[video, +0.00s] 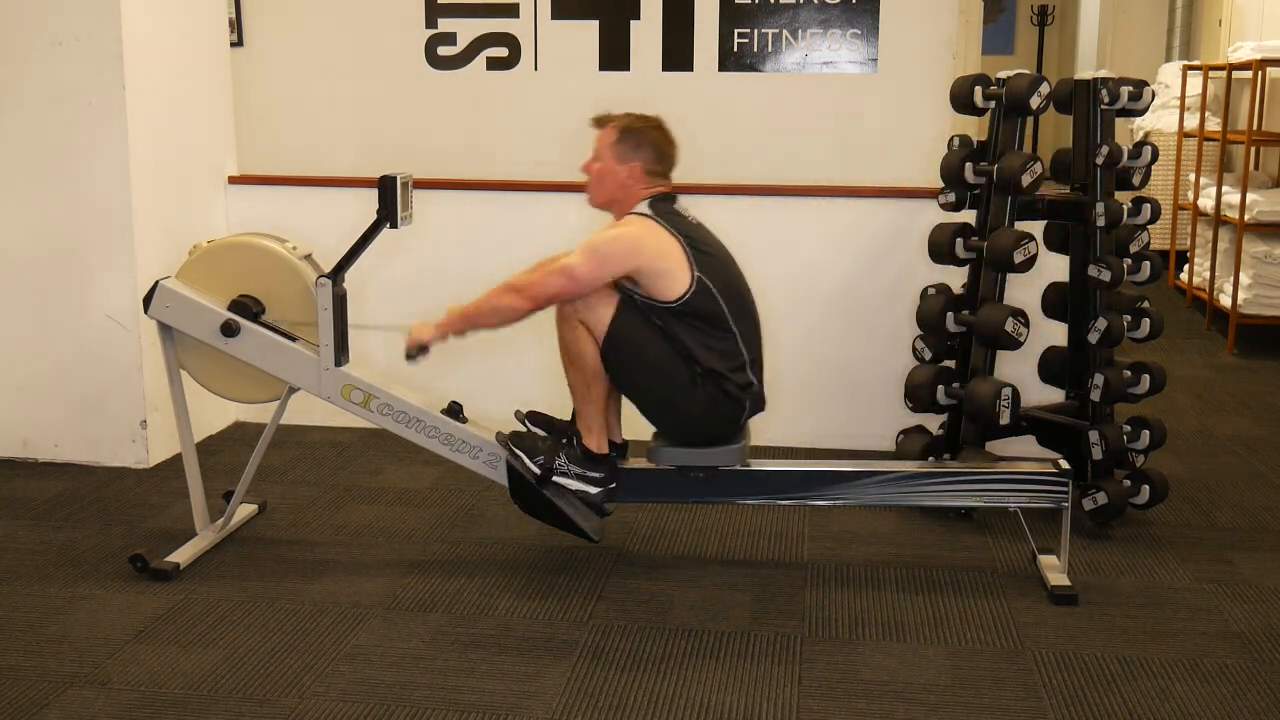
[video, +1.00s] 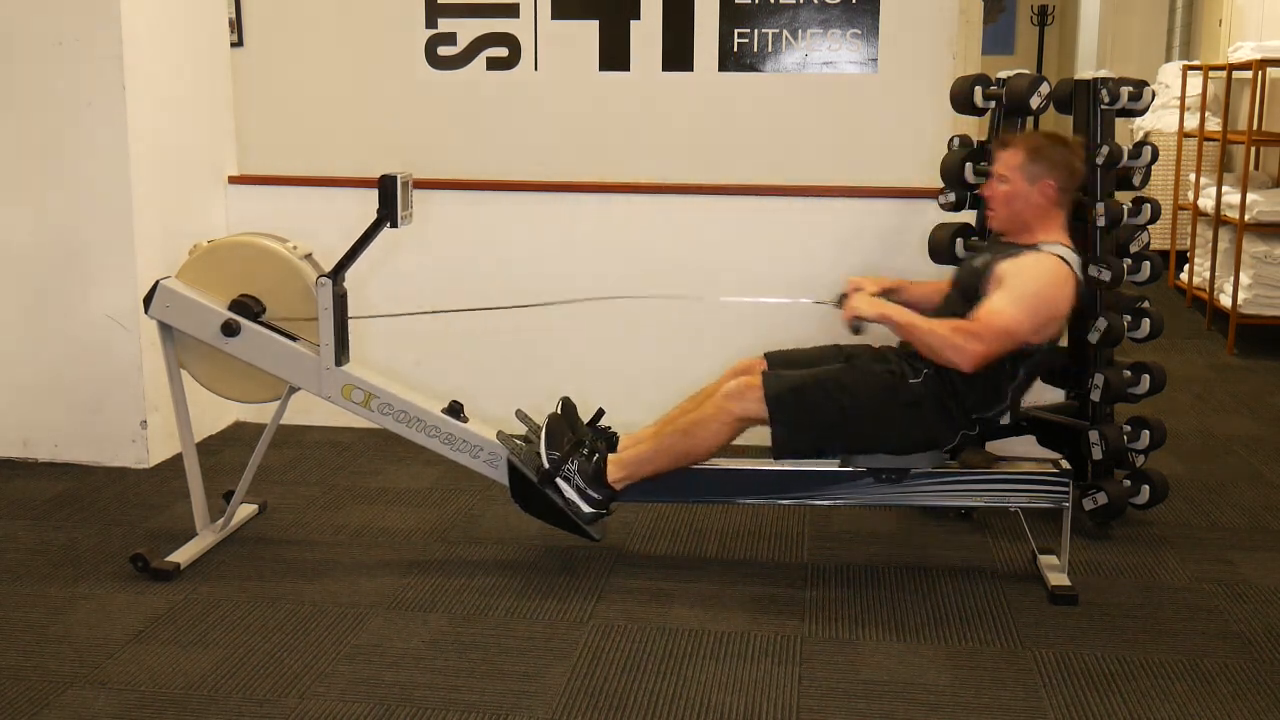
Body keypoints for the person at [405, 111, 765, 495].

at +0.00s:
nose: (586, 168)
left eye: (597, 159)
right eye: (592, 157)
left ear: (632, 173)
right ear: (636, 173)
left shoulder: (636, 236)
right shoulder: (660, 222)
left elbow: (529, 294)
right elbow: (553, 276)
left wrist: (444, 328)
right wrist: (460, 319)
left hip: (707, 411)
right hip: (718, 403)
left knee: (578, 300)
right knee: (587, 289)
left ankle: (593, 453)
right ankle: (604, 435)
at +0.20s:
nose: (704, 144)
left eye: (718, 136)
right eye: (712, 134)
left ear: (756, 151)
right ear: (755, 152)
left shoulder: (752, 223)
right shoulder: (751, 211)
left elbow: (643, 271)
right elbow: (649, 249)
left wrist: (552, 294)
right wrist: (566, 275)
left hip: (788, 400)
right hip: (781, 378)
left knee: (641, 316)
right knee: (651, 302)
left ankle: (595, 469)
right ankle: (598, 440)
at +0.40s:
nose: (871, 138)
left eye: (886, 130)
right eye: (879, 127)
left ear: (923, 149)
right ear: (915, 147)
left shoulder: (910, 225)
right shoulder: (888, 214)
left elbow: (798, 278)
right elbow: (791, 253)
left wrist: (707, 292)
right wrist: (711, 276)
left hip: (891, 395)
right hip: (869, 369)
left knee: (718, 364)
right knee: (714, 354)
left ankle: (594, 479)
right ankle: (601, 454)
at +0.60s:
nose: (1022, 182)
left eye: (1038, 175)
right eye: (1029, 170)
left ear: (1078, 196)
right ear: (1059, 190)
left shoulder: (1062, 266)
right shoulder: (1030, 248)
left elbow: (970, 319)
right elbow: (953, 280)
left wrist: (883, 290)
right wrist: (879, 274)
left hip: (931, 394)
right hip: (908, 363)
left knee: (759, 423)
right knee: (748, 397)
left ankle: (599, 486)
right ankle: (607, 458)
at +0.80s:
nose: (1052, 226)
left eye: (1067, 217)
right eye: (1058, 213)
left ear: (1107, 239)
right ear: (1093, 233)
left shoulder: (1096, 311)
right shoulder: (1057, 287)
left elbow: (1042, 399)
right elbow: (1010, 346)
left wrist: (976, 322)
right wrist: (962, 310)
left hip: (937, 396)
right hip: (915, 369)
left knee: (757, 419)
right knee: (755, 397)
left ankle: (599, 487)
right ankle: (604, 462)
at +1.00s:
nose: (987, 191)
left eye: (1001, 180)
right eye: (991, 179)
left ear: (1046, 194)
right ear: (1036, 192)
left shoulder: (1043, 272)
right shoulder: (1014, 254)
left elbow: (968, 350)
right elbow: (953, 291)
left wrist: (883, 310)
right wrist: (886, 285)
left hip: (931, 402)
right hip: (913, 377)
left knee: (744, 394)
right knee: (744, 376)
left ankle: (598, 485)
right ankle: (611, 460)